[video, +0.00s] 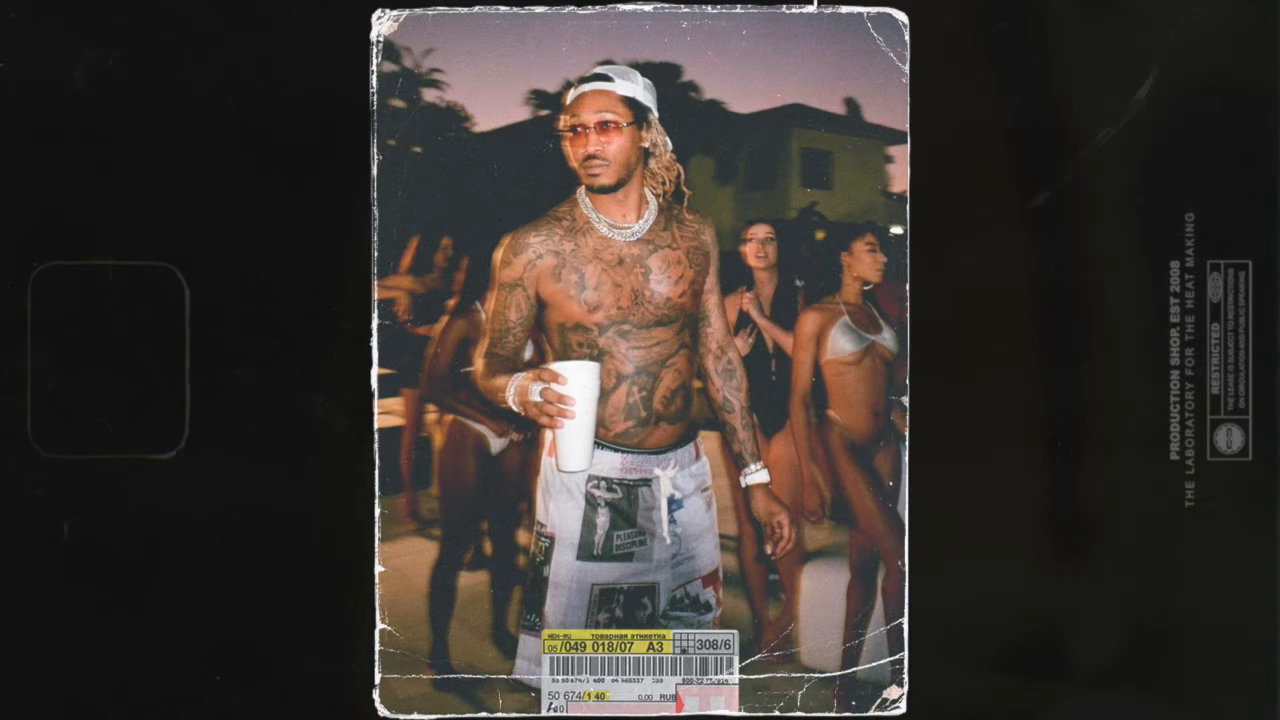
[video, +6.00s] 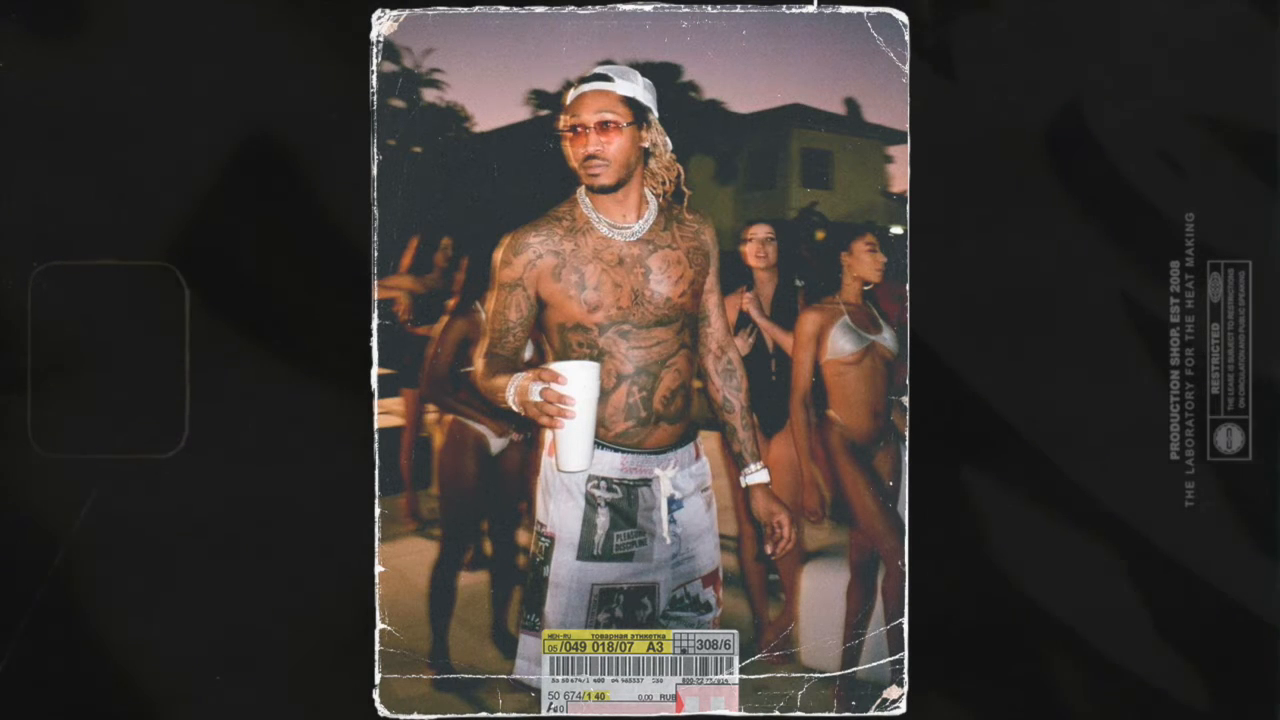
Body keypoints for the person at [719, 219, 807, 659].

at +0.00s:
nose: (759, 249)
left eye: (768, 241)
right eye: (751, 242)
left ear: (781, 249)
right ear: (741, 250)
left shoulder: (797, 296)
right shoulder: (730, 300)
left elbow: (802, 352)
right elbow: (712, 364)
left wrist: (760, 318)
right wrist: (734, 349)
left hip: (784, 420)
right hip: (739, 421)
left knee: (783, 520)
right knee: (748, 526)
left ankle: (793, 613)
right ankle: (762, 619)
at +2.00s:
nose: (760, 249)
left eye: (768, 241)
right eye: (752, 241)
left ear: (781, 249)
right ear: (741, 250)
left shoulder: (797, 296)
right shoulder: (730, 300)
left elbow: (804, 352)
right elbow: (713, 366)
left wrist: (761, 318)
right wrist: (734, 347)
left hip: (783, 420)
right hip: (738, 421)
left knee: (784, 521)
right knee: (748, 526)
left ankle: (794, 613)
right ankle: (761, 623)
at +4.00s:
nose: (759, 249)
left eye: (767, 242)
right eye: (751, 242)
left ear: (781, 249)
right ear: (741, 250)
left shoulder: (797, 296)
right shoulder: (730, 300)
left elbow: (803, 351)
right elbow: (714, 364)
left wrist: (761, 317)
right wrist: (735, 342)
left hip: (784, 419)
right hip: (739, 420)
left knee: (783, 521)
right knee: (748, 525)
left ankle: (794, 612)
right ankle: (762, 621)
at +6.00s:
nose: (760, 249)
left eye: (768, 242)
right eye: (752, 242)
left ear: (781, 249)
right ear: (741, 250)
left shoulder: (798, 296)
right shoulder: (731, 301)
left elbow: (804, 352)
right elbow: (713, 365)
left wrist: (761, 319)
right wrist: (733, 348)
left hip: (784, 419)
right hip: (739, 420)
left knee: (784, 521)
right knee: (749, 527)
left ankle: (793, 613)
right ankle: (762, 622)